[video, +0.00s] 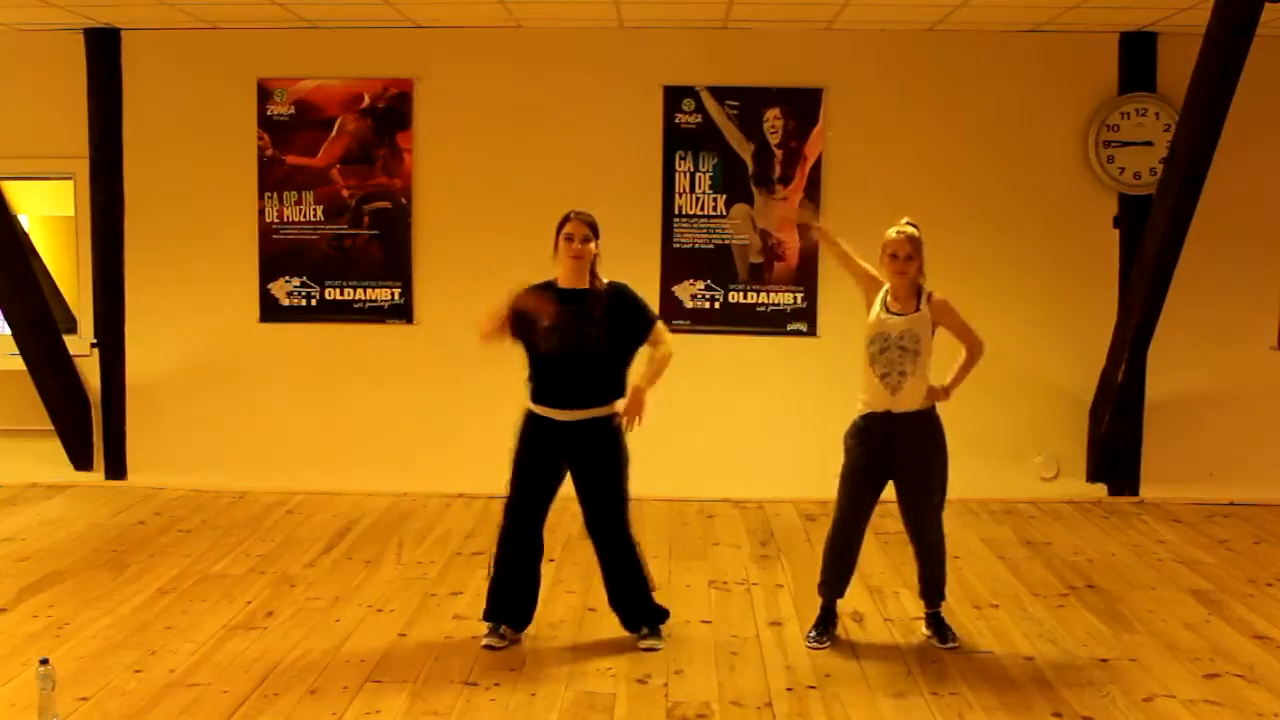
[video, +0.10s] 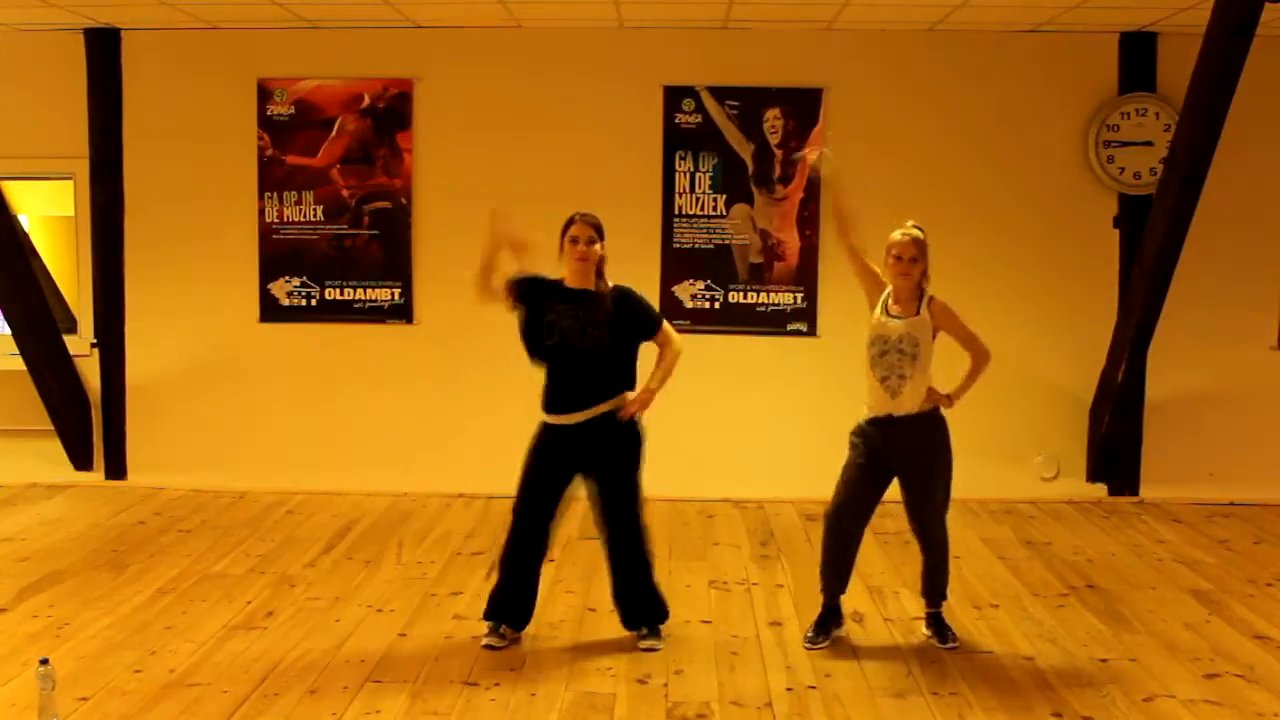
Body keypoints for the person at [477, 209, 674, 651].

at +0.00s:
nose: (578, 244)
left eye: (586, 239)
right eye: (569, 238)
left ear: (597, 249)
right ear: (556, 246)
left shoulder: (619, 300)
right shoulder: (532, 300)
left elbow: (664, 346)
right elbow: (489, 336)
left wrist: (641, 390)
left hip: (599, 430)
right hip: (543, 428)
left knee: (611, 527)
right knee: (520, 523)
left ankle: (643, 620)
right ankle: (505, 620)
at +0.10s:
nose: (583, 247)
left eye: (591, 241)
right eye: (574, 240)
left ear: (602, 249)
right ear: (561, 247)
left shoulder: (623, 302)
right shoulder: (541, 293)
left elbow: (672, 346)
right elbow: (484, 288)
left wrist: (647, 394)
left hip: (612, 428)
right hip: (558, 432)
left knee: (624, 529)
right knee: (527, 525)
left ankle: (646, 621)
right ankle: (505, 620)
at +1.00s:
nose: (595, 261)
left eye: (603, 254)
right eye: (589, 253)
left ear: (617, 259)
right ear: (578, 256)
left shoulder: (634, 311)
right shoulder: (563, 292)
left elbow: (677, 361)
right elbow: (537, 230)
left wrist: (653, 401)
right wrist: (517, 171)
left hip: (619, 432)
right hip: (563, 434)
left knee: (634, 529)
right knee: (534, 528)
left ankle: (649, 620)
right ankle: (506, 620)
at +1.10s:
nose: (596, 261)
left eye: (604, 255)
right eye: (590, 253)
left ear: (618, 259)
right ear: (579, 255)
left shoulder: (634, 311)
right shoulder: (563, 291)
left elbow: (677, 361)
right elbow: (538, 230)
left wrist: (653, 401)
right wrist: (518, 170)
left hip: (619, 432)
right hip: (563, 434)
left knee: (634, 528)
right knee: (534, 528)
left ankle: (649, 620)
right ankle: (505, 621)